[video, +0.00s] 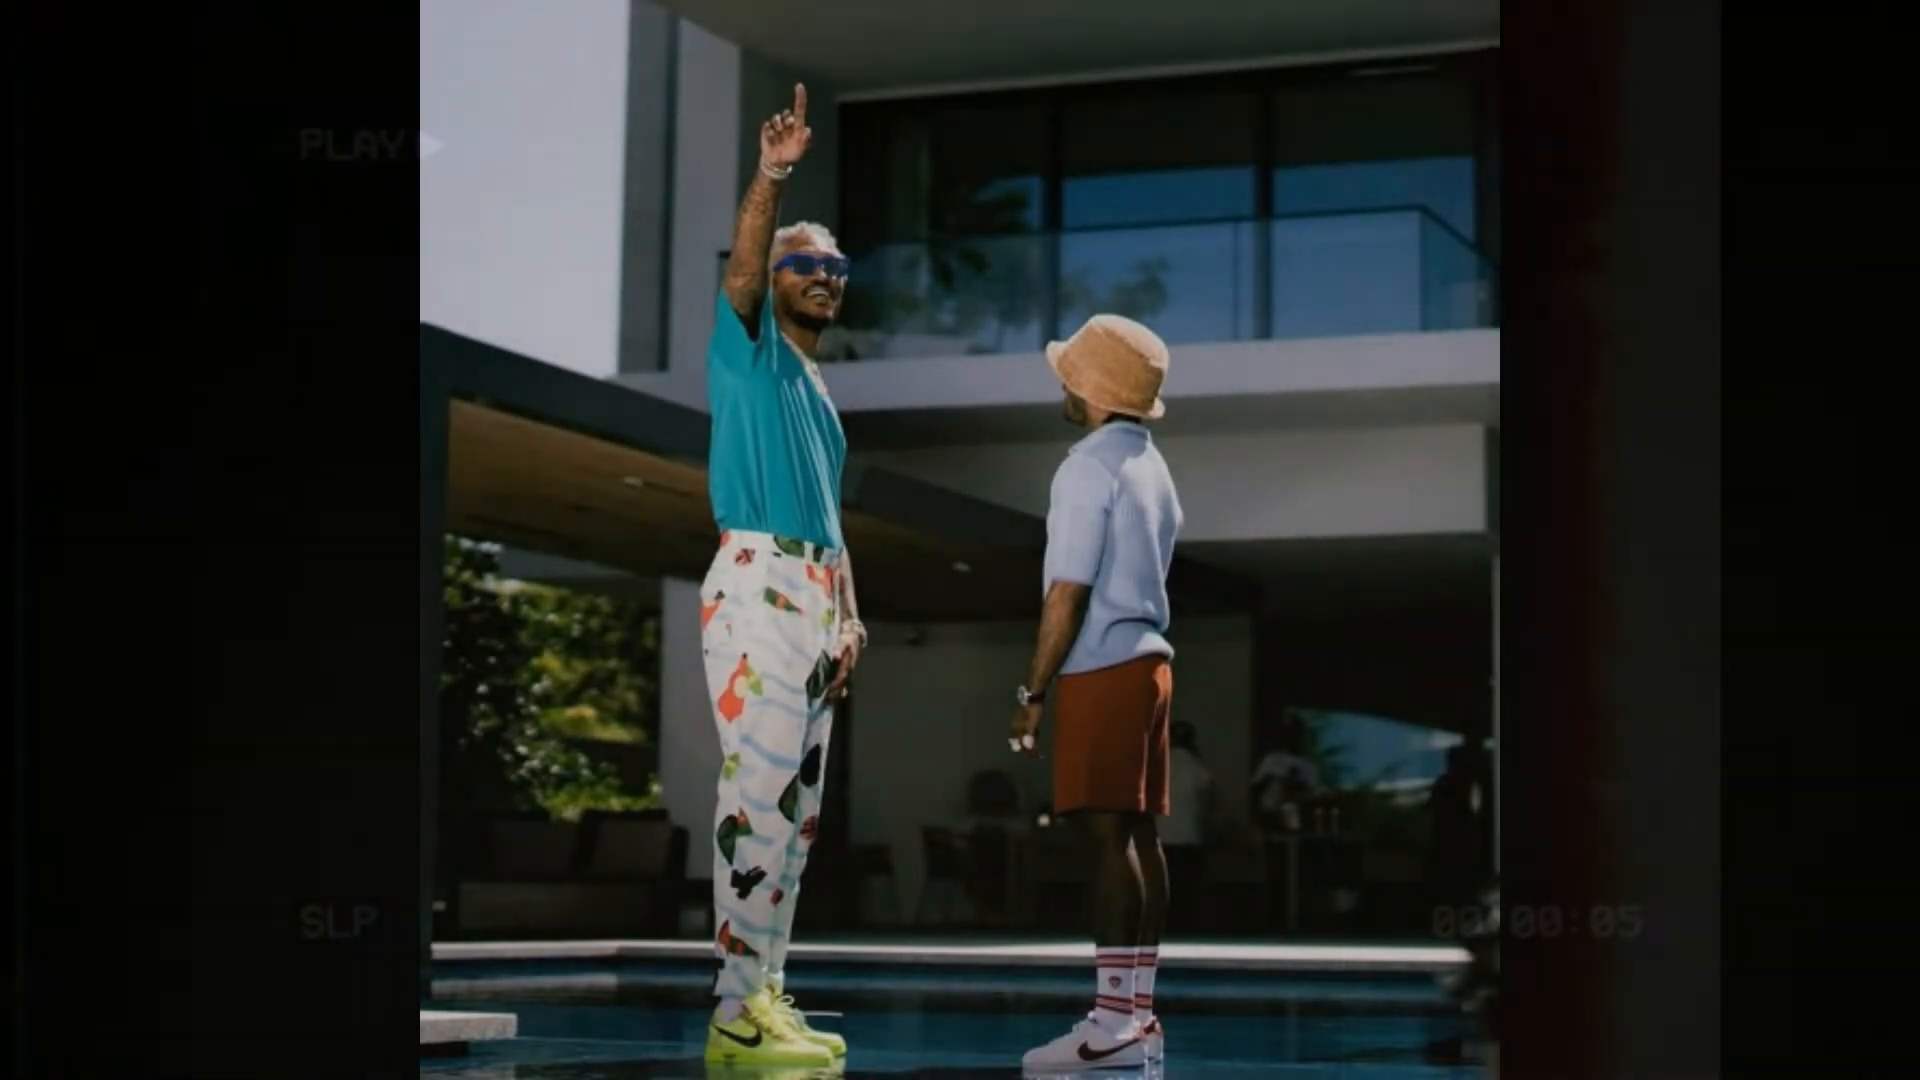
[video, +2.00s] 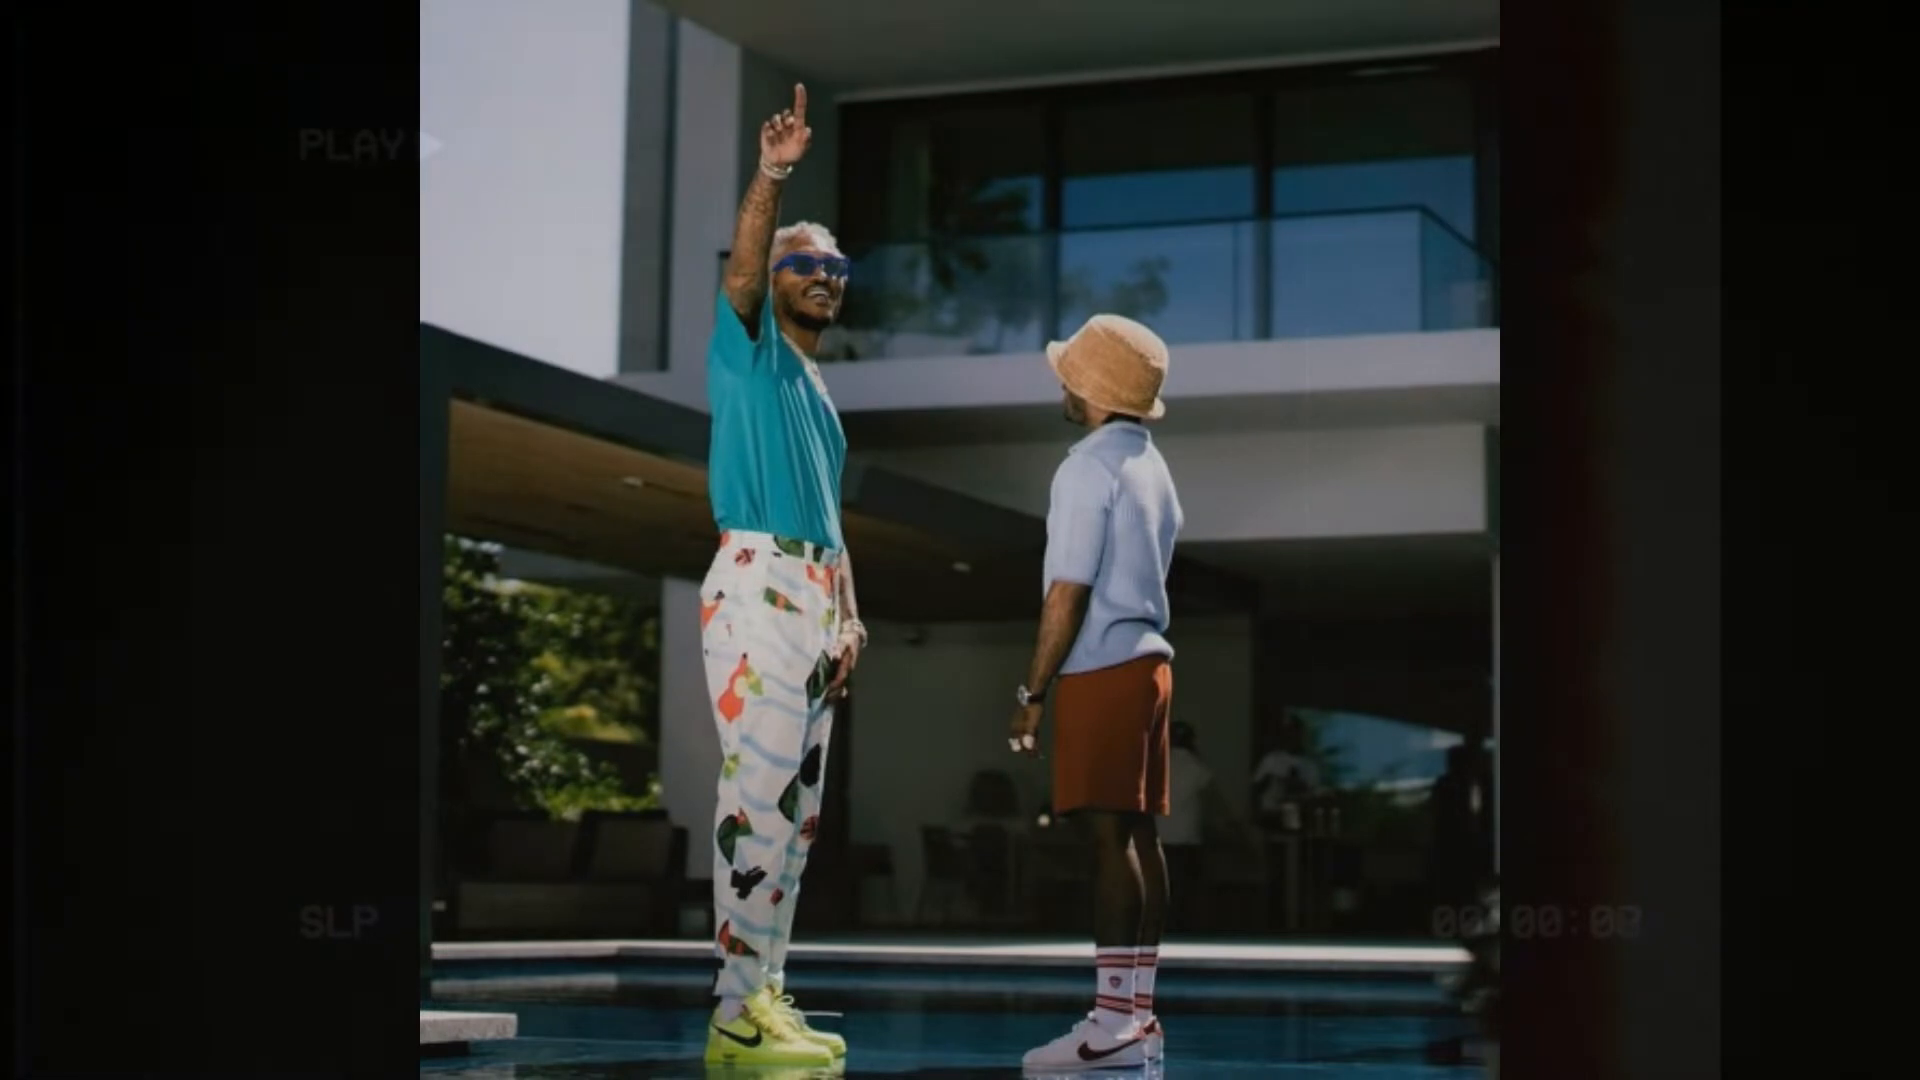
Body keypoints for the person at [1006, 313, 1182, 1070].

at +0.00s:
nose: (1064, 389)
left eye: (1072, 379)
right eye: (1069, 377)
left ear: (1092, 391)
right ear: (1131, 394)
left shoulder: (1088, 468)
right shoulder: (1148, 463)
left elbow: (1067, 594)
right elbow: (1146, 579)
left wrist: (1031, 691)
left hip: (1104, 669)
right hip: (1146, 666)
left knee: (1107, 838)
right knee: (1140, 837)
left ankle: (1116, 1014)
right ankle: (1135, 1011)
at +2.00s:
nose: (1064, 387)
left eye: (1072, 378)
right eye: (1068, 376)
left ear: (1092, 390)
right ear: (1130, 393)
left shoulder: (1087, 468)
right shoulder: (1147, 463)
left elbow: (1067, 595)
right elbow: (1148, 579)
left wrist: (1031, 691)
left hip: (1104, 669)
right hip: (1146, 666)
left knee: (1109, 838)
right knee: (1139, 837)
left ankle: (1116, 1015)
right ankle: (1135, 1013)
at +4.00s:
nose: (1063, 388)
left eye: (1072, 378)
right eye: (1068, 376)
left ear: (1092, 391)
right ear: (1130, 394)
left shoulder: (1087, 468)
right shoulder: (1148, 463)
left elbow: (1067, 594)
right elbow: (1148, 578)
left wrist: (1032, 691)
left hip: (1104, 669)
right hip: (1147, 665)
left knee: (1108, 838)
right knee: (1139, 838)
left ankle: (1116, 1015)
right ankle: (1135, 1012)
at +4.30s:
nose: (1064, 388)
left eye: (1072, 379)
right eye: (1068, 377)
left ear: (1093, 391)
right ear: (1130, 395)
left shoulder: (1087, 468)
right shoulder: (1148, 463)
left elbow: (1067, 594)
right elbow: (1149, 577)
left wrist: (1032, 691)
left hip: (1104, 669)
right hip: (1147, 666)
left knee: (1107, 839)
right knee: (1140, 839)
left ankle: (1116, 1015)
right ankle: (1135, 1012)